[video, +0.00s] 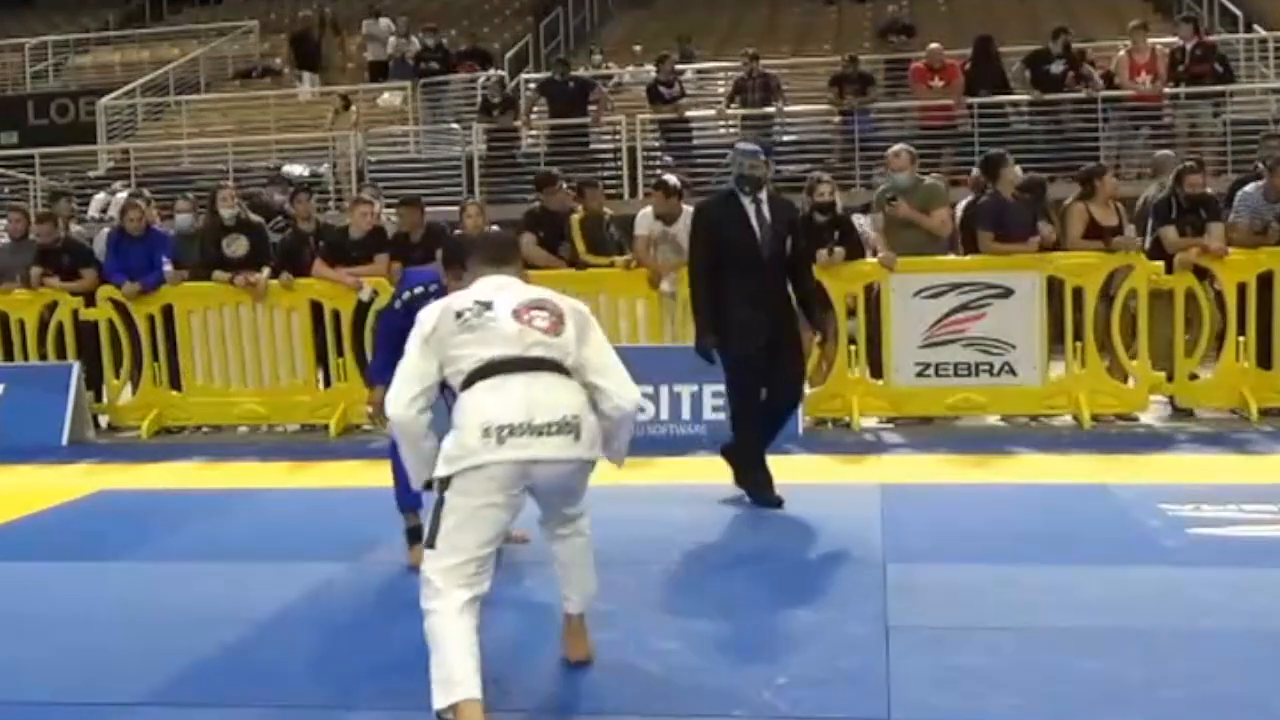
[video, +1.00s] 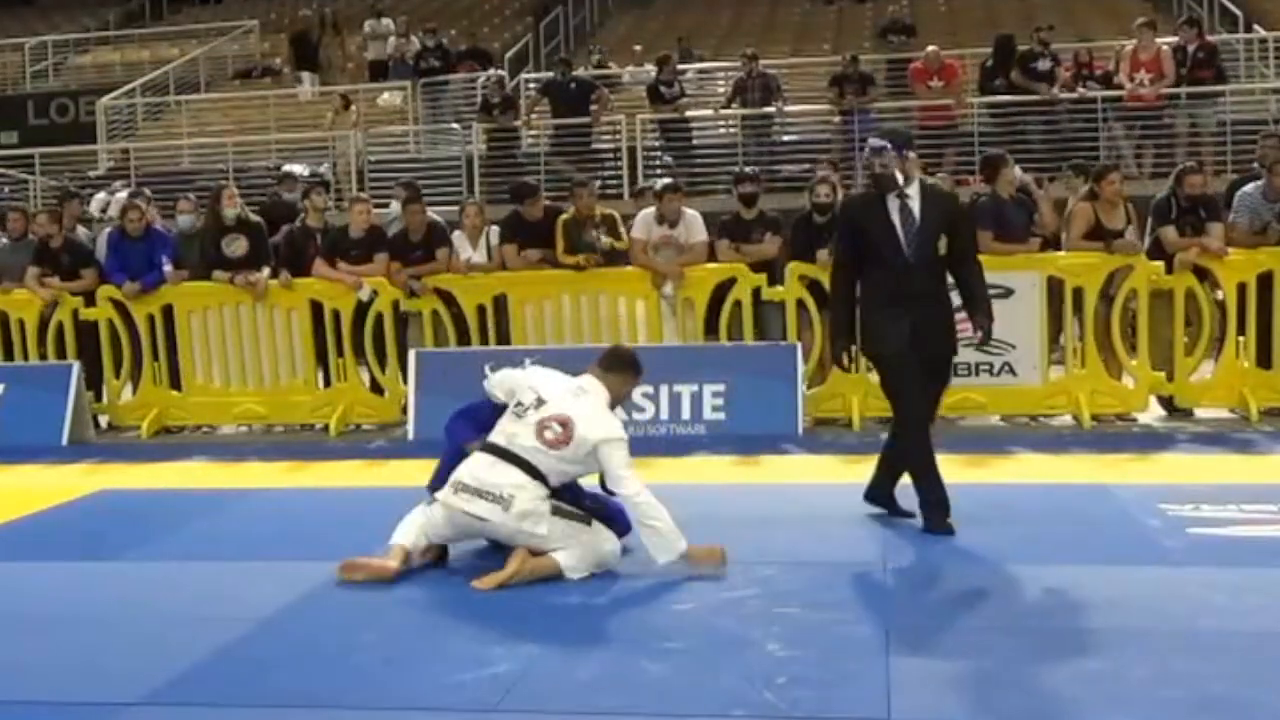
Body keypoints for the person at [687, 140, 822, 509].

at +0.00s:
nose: (751, 172)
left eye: (757, 165)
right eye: (745, 164)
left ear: (768, 169)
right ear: (733, 167)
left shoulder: (785, 210)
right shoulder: (710, 213)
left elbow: (800, 268)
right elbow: (700, 274)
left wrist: (817, 311)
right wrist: (704, 328)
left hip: (778, 315)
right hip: (735, 318)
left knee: (788, 393)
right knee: (745, 399)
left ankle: (742, 451)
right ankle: (759, 486)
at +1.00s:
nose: (874, 166)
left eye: (882, 158)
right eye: (870, 160)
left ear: (908, 160)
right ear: (867, 166)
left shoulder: (944, 203)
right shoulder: (856, 211)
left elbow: (964, 260)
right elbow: (842, 278)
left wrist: (980, 311)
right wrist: (841, 336)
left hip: (934, 321)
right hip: (884, 323)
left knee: (919, 412)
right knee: (911, 413)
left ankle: (881, 486)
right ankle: (935, 511)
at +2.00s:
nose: (993, 154)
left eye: (998, 146)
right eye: (992, 146)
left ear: (1023, 145)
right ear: (1015, 147)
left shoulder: (1065, 197)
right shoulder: (1000, 195)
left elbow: (1079, 273)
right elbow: (986, 267)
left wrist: (1076, 336)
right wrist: (967, 317)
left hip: (1041, 332)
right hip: (990, 330)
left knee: (1050, 426)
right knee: (984, 420)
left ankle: (1053, 513)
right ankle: (987, 497)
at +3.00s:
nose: (951, 162)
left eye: (953, 154)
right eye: (951, 154)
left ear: (968, 151)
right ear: (989, 151)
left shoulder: (978, 198)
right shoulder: (1017, 195)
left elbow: (971, 269)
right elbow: (1008, 269)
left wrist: (950, 320)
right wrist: (957, 314)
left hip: (971, 322)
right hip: (1006, 320)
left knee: (946, 402)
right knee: (1007, 403)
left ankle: (954, 494)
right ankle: (1016, 493)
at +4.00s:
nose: (841, 176)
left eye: (842, 170)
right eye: (841, 170)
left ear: (854, 166)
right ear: (877, 163)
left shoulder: (862, 207)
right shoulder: (913, 202)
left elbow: (855, 273)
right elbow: (928, 261)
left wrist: (842, 327)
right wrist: (924, 310)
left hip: (879, 317)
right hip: (913, 313)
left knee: (896, 397)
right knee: (885, 393)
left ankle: (919, 482)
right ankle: (865, 464)